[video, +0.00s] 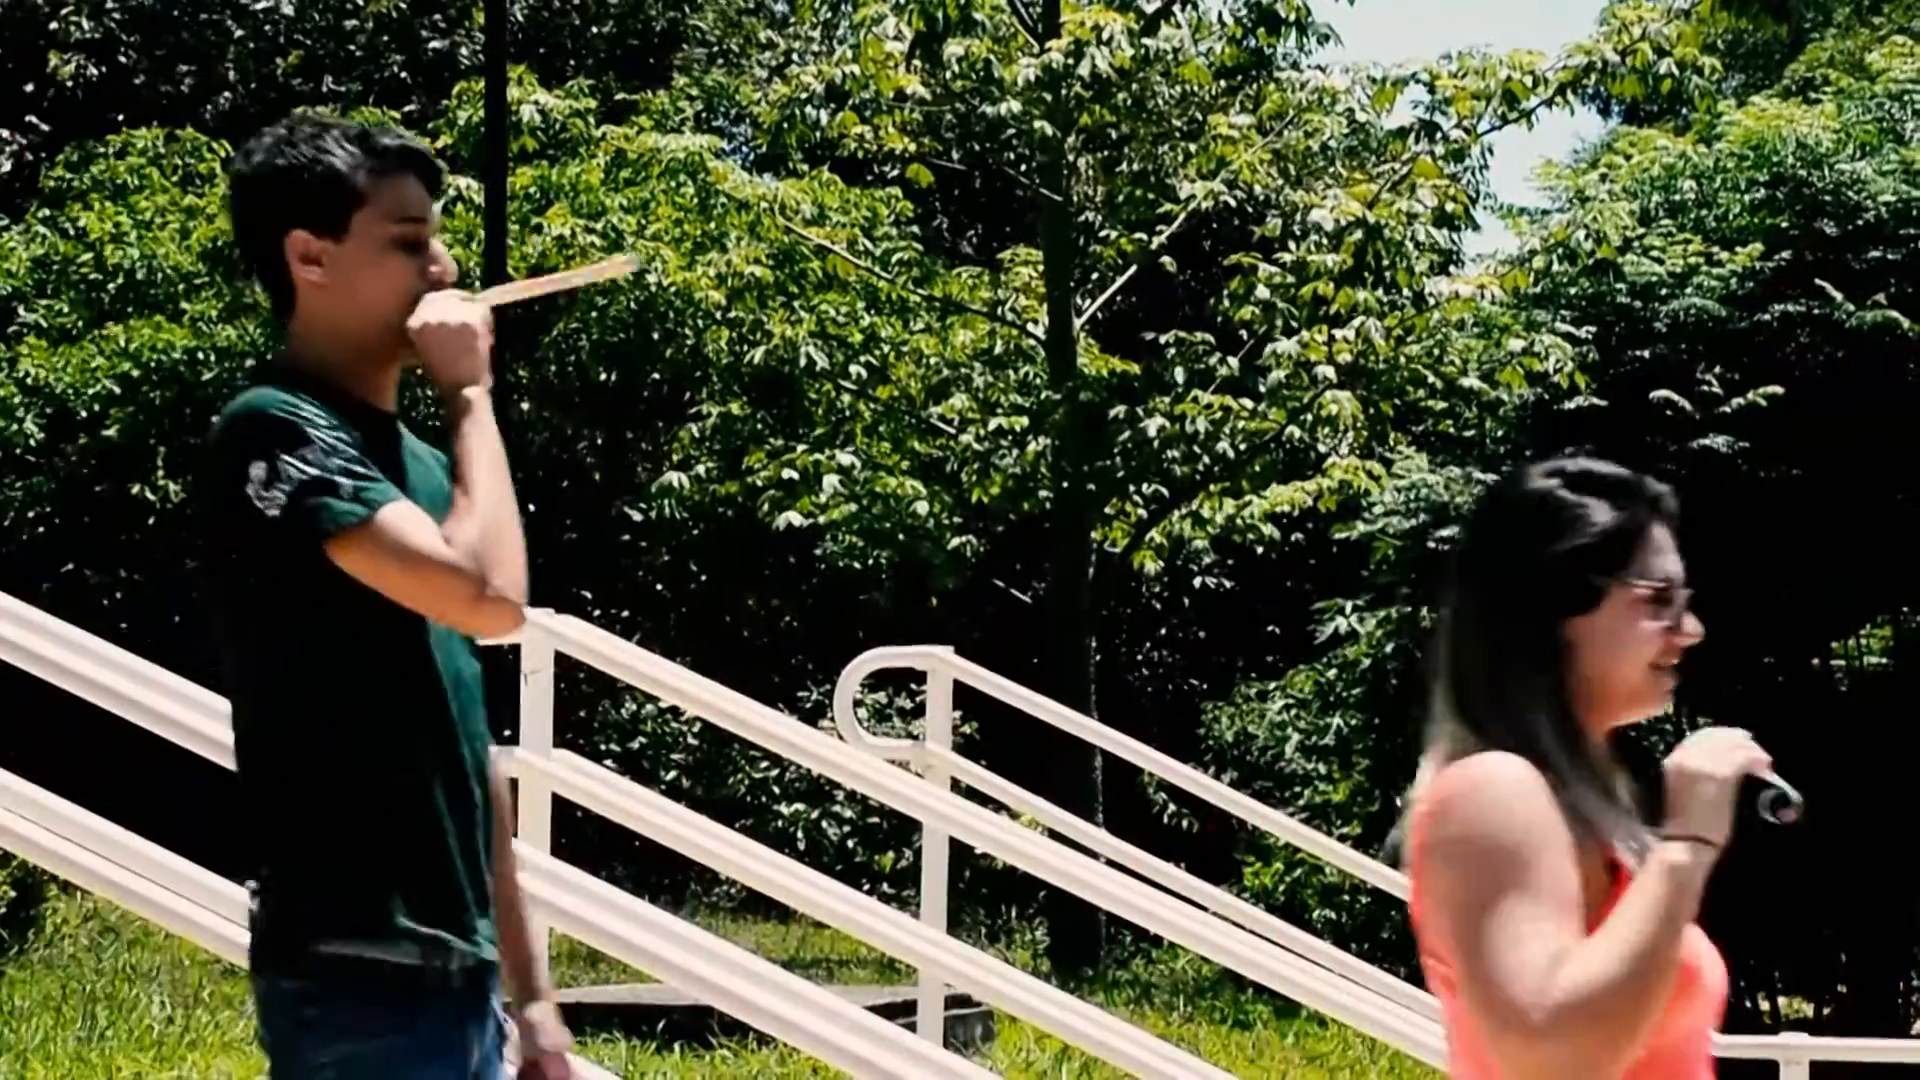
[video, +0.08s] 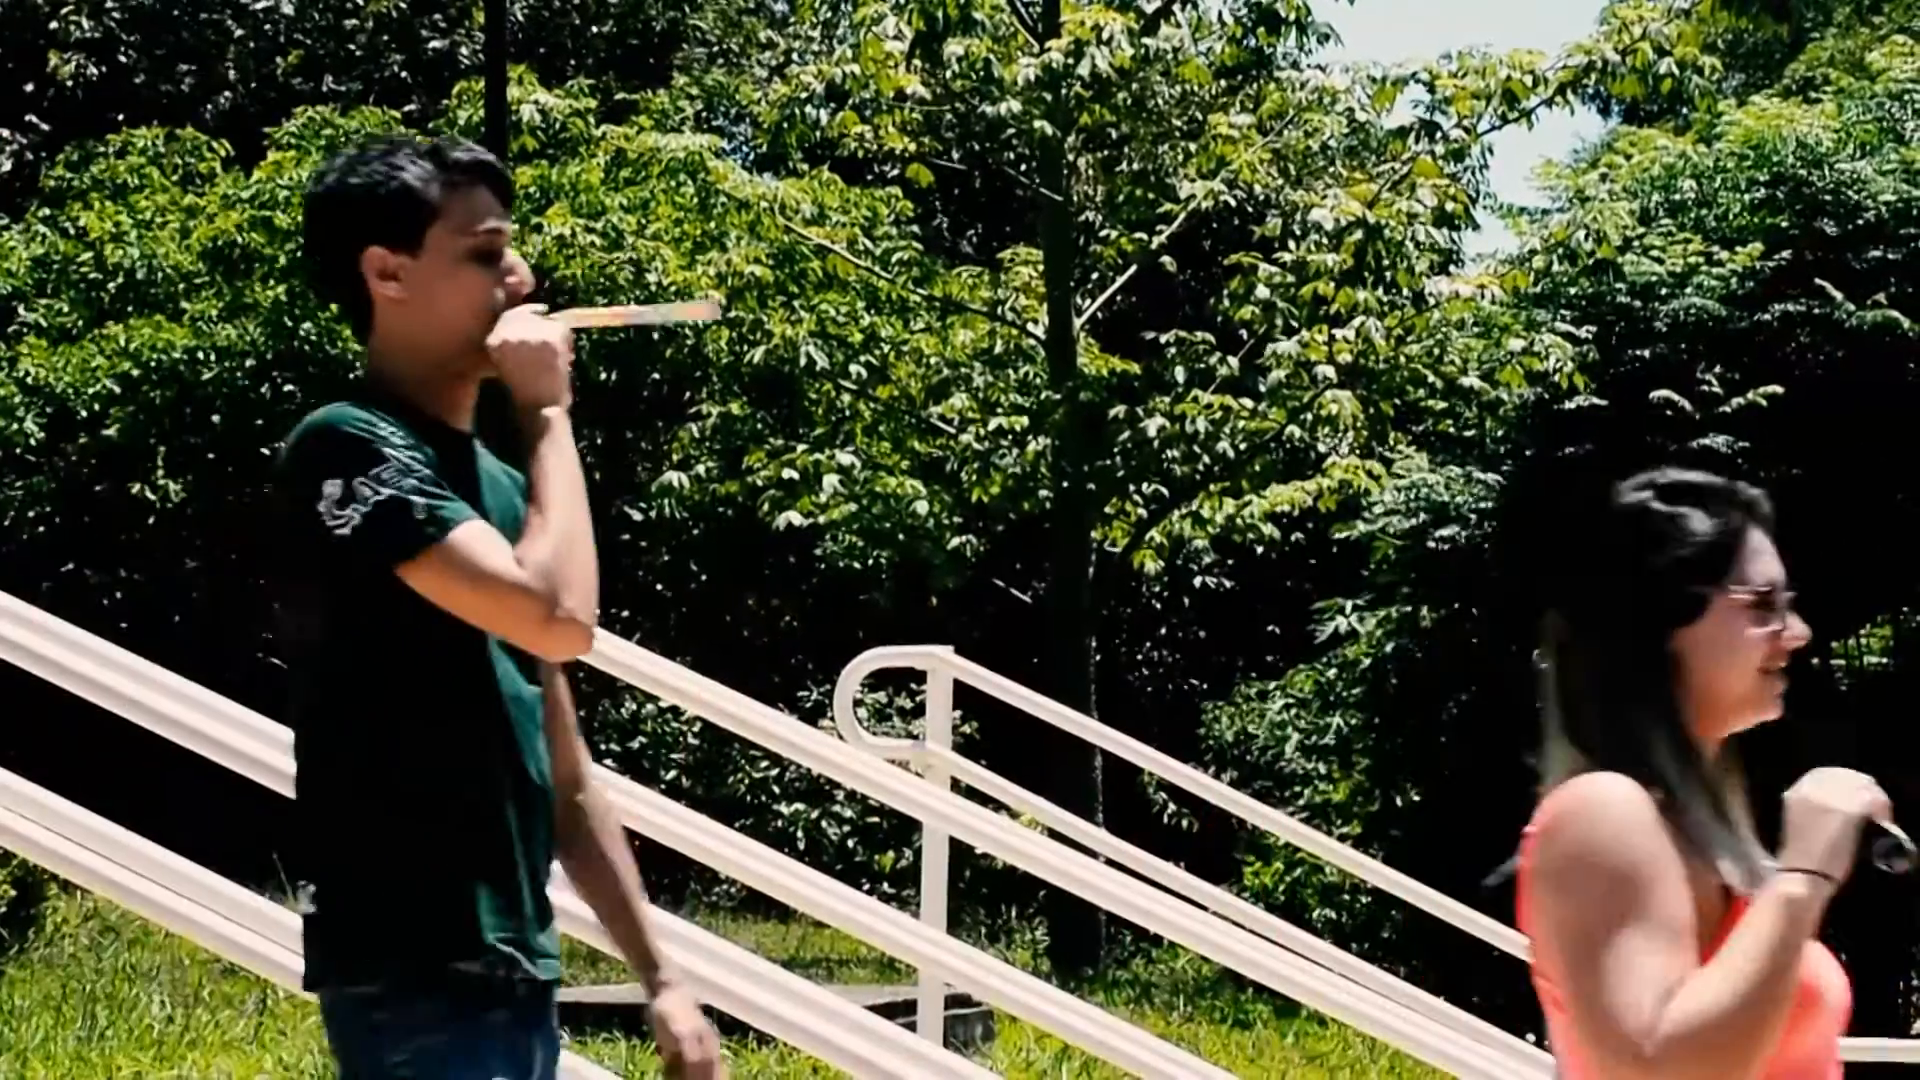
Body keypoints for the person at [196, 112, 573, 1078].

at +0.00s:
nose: (444, 271)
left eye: (437, 243)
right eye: (410, 243)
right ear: (310, 257)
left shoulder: (435, 473)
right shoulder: (272, 432)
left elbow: (479, 761)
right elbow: (490, 597)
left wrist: (529, 995)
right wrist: (471, 391)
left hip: (463, 970)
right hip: (356, 975)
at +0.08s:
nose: (523, 279)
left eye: (512, 250)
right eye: (485, 255)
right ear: (389, 275)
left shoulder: (504, 486)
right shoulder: (343, 448)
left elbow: (568, 784)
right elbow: (557, 616)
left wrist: (661, 982)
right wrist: (548, 413)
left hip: (517, 969)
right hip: (412, 979)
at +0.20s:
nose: (626, 284)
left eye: (618, 255)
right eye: (591, 258)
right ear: (493, 277)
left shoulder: (609, 486)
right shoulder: (449, 454)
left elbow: (675, 767)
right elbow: (658, 630)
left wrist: (793, 928)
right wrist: (648, 422)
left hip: (610, 989)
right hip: (506, 999)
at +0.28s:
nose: (703, 309)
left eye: (691, 280)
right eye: (665, 283)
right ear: (569, 306)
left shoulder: (684, 512)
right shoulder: (527, 485)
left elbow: (742, 791)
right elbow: (747, 657)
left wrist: (864, 935)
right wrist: (727, 449)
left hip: (691, 1011)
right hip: (574, 1021)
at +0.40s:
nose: (811, 403)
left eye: (797, 376)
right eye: (773, 380)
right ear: (677, 411)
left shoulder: (796, 624)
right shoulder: (644, 595)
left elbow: (813, 892)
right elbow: (877, 771)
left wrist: (926, 1058)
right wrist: (845, 549)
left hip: (789, 1051)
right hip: (668, 1052)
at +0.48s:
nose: (898, 428)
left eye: (885, 400)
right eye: (857, 407)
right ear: (765, 438)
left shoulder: (887, 649)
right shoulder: (733, 624)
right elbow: (947, 833)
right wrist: (940, 607)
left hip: (878, 1048)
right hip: (755, 1048)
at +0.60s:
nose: (1027, 429)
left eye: (1012, 403)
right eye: (986, 411)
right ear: (894, 447)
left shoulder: (1015, 655)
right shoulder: (862, 633)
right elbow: (1035, 877)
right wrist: (1070, 657)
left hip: (1015, 1052)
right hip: (886, 1054)